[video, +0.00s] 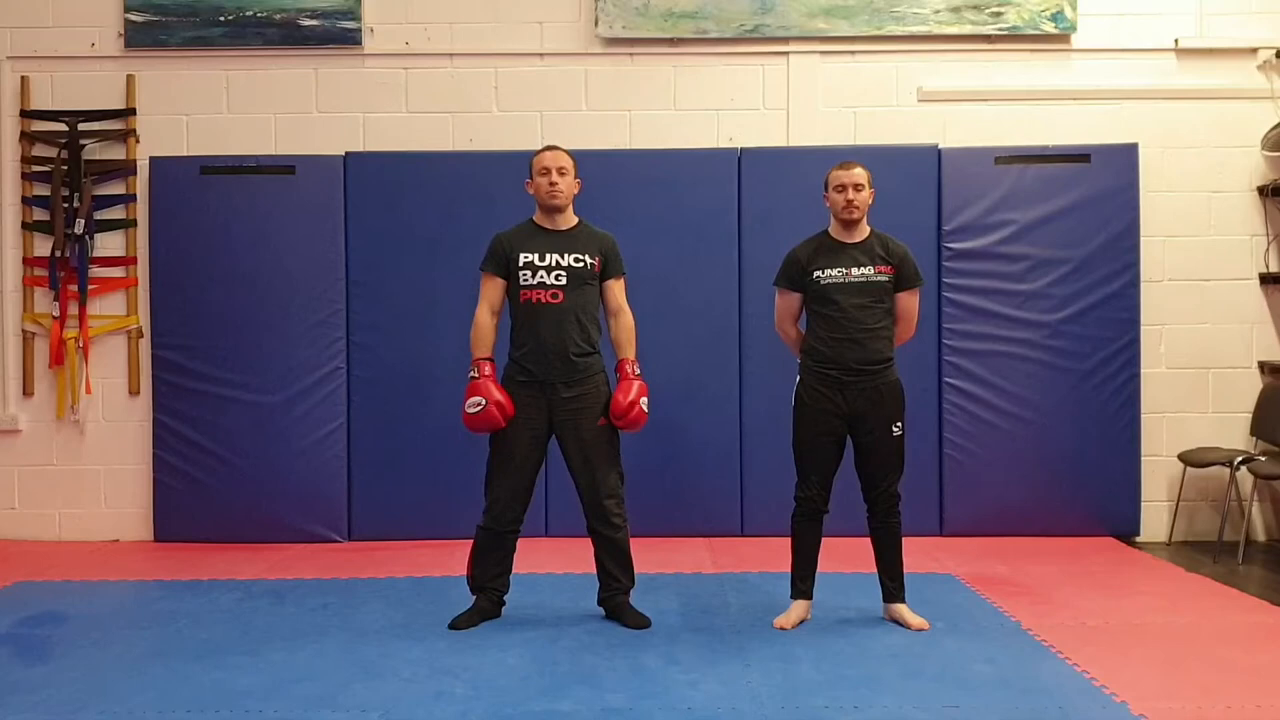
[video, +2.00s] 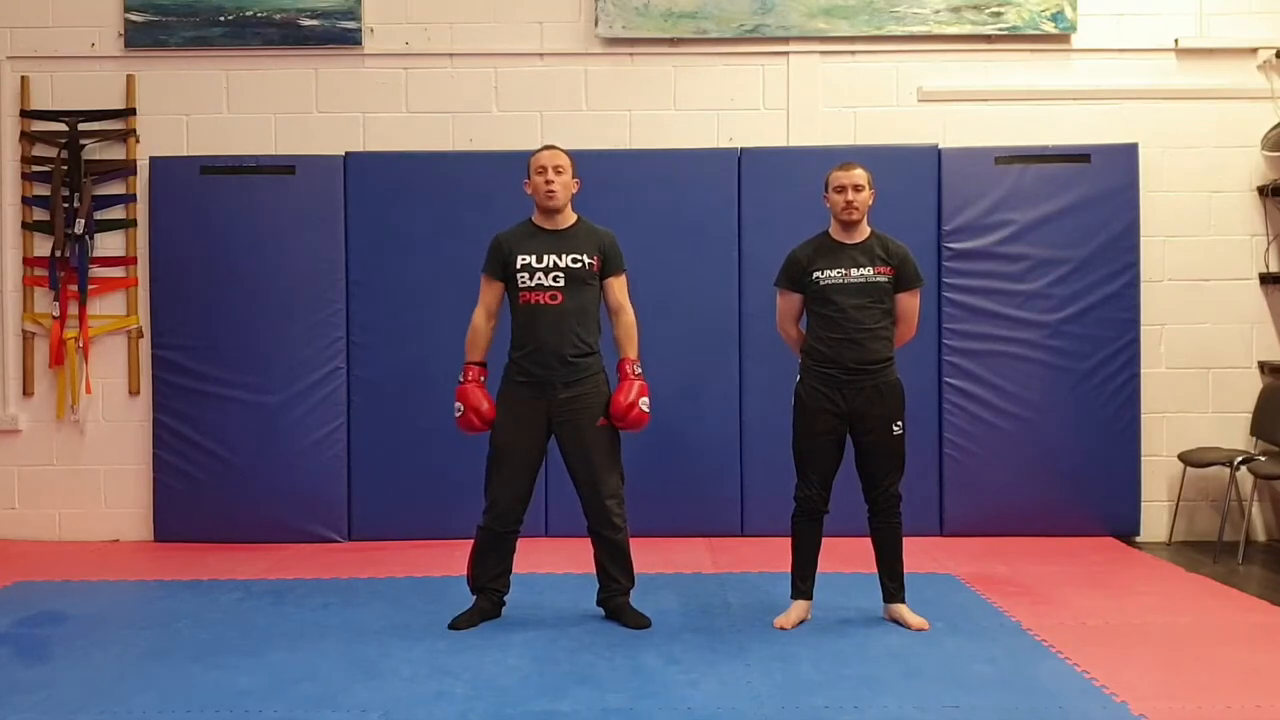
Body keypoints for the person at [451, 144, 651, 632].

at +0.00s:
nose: (553, 180)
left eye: (562, 173)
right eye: (545, 174)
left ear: (576, 184)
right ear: (531, 185)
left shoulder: (601, 244)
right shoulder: (508, 243)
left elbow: (618, 312)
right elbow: (488, 311)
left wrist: (629, 373)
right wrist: (482, 372)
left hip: (586, 389)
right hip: (522, 388)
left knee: (606, 498)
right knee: (503, 500)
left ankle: (616, 596)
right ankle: (488, 597)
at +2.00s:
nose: (549, 180)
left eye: (558, 172)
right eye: (541, 173)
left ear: (574, 183)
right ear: (528, 185)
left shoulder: (600, 242)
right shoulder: (508, 244)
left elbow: (621, 310)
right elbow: (485, 314)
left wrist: (631, 375)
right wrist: (472, 376)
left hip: (585, 388)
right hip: (522, 390)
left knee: (606, 499)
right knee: (503, 500)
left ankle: (616, 597)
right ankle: (488, 597)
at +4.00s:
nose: (559, 178)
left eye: (567, 171)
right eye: (550, 171)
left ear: (579, 183)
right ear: (533, 183)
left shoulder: (599, 244)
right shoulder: (509, 241)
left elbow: (615, 315)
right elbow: (487, 308)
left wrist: (630, 377)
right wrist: (483, 370)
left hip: (586, 390)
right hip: (524, 389)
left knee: (607, 500)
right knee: (504, 501)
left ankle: (616, 597)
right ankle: (488, 597)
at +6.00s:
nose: (548, 184)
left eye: (559, 176)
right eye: (541, 175)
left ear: (576, 185)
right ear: (530, 181)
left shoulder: (599, 241)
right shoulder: (510, 237)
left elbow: (636, 297)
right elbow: (464, 283)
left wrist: (636, 336)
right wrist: (508, 319)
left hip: (587, 387)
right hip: (527, 386)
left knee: (608, 498)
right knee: (505, 496)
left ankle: (616, 597)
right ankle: (488, 597)